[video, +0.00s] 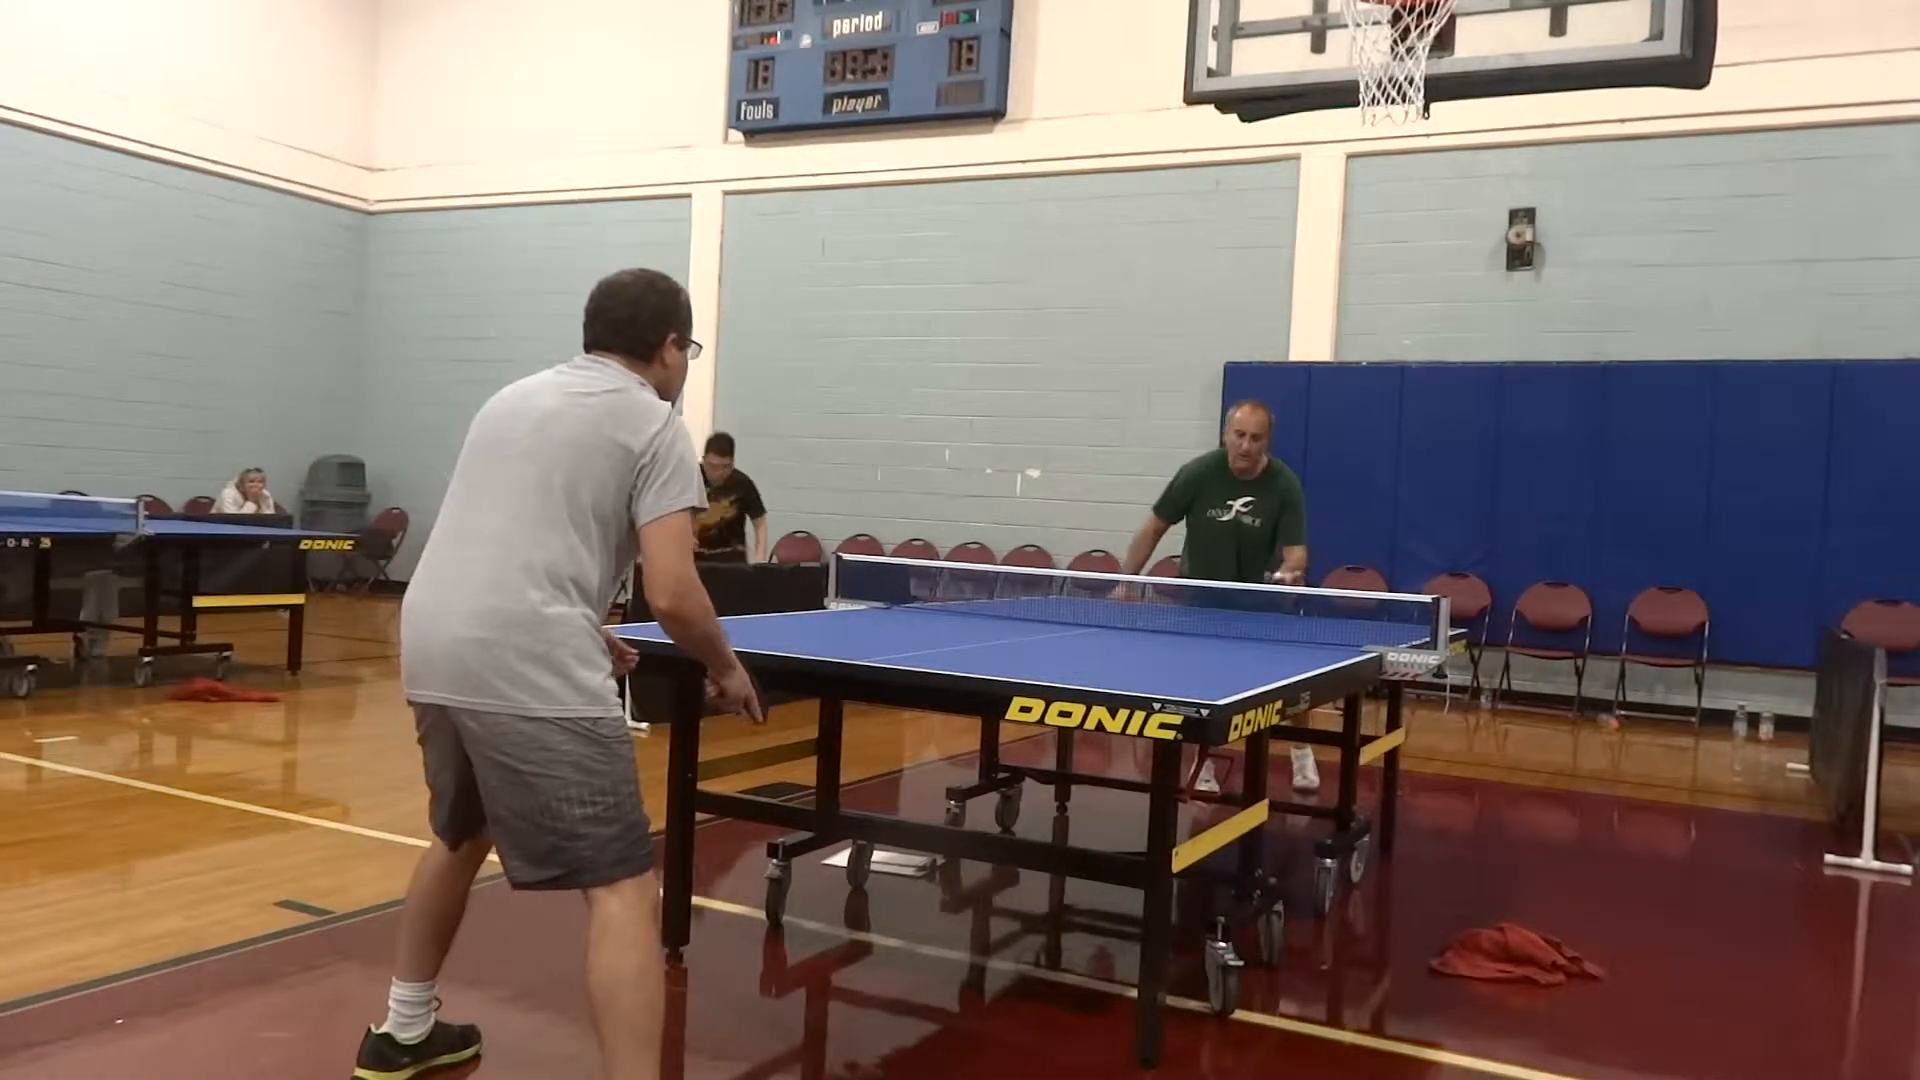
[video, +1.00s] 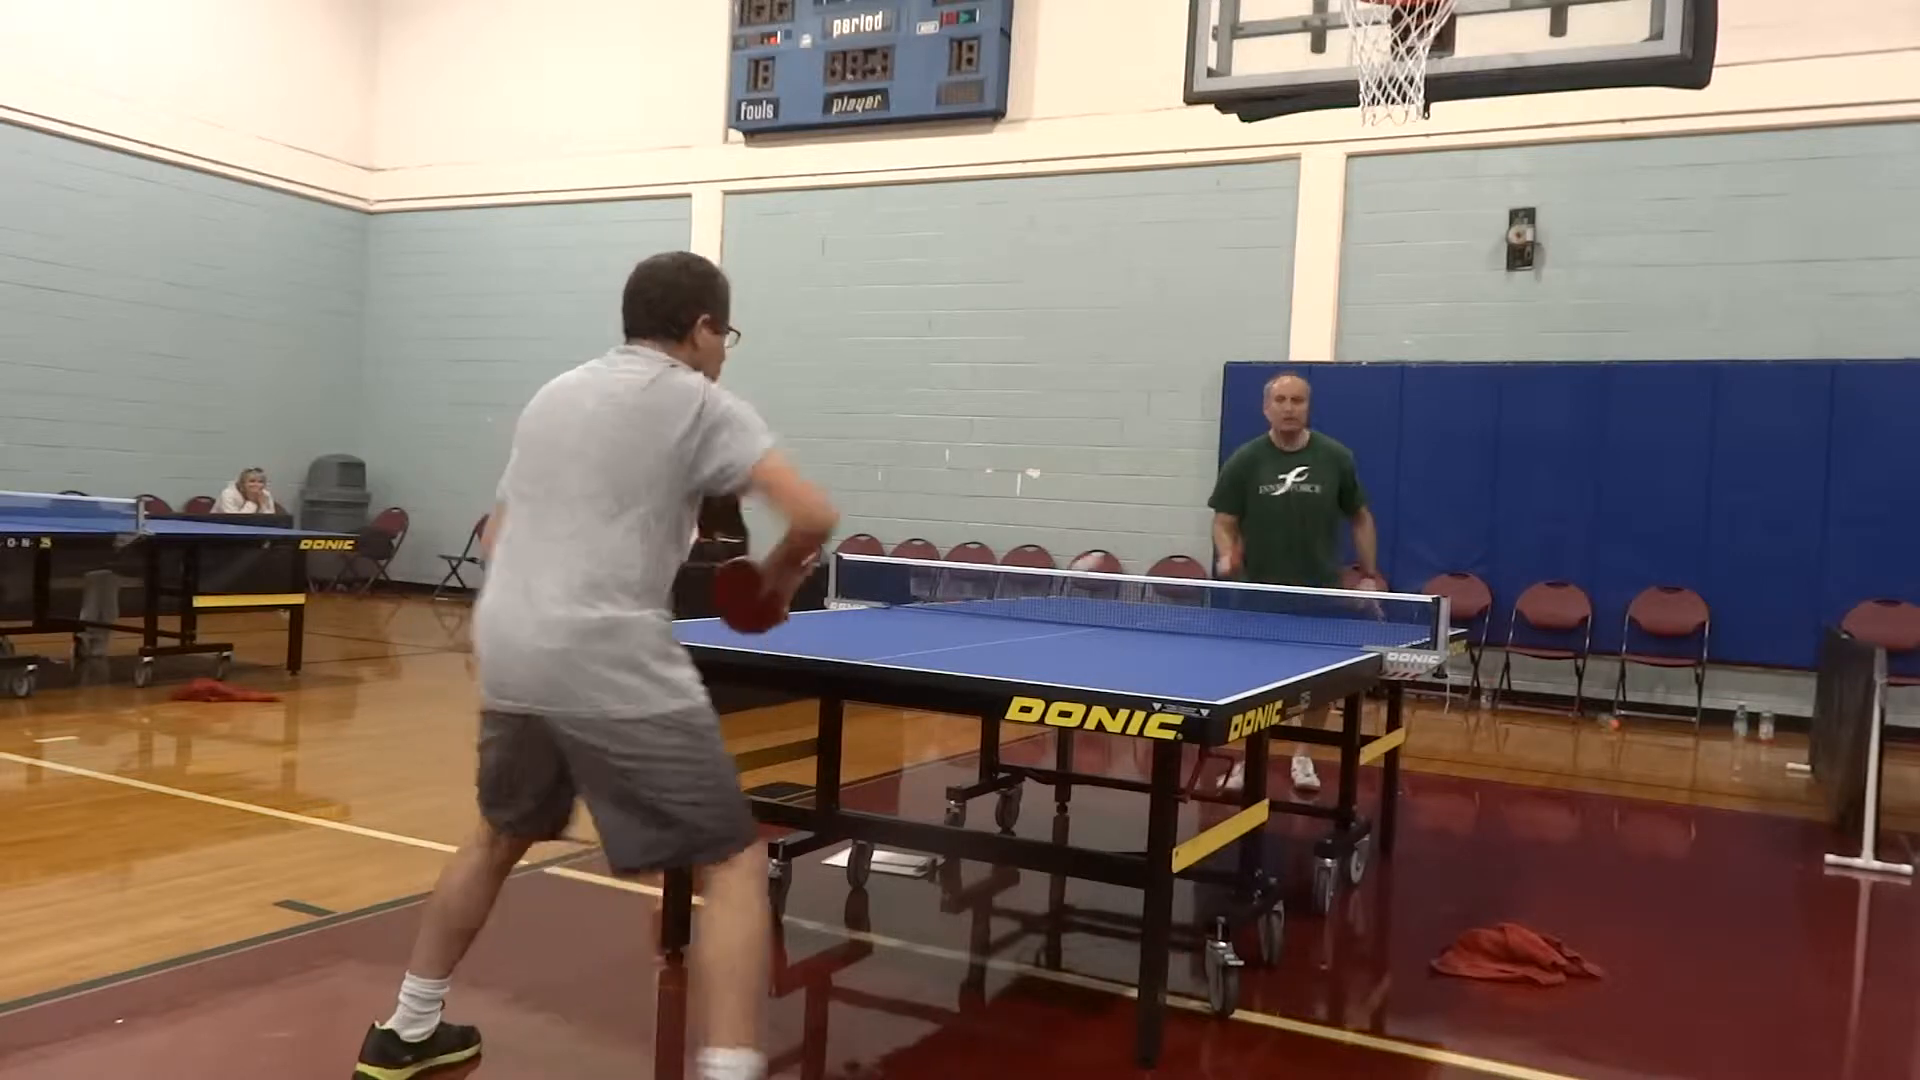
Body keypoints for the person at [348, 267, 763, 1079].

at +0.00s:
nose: (687, 367)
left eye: (689, 353)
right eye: (687, 352)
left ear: (591, 339)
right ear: (664, 347)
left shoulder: (512, 399)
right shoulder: (655, 425)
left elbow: (488, 545)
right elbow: (671, 591)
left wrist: (579, 627)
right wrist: (723, 664)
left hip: (431, 653)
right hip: (536, 669)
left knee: (461, 832)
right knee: (622, 885)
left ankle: (404, 1028)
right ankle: (635, 1073)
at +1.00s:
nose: (727, 349)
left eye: (729, 335)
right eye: (726, 334)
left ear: (632, 326)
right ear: (699, 329)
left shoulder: (553, 395)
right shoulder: (703, 400)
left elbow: (496, 536)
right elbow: (814, 514)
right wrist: (777, 573)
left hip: (506, 659)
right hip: (617, 668)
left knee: (496, 833)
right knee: (733, 862)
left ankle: (408, 1026)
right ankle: (730, 1070)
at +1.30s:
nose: (777, 300)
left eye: (776, 289)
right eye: (776, 288)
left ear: (676, 289)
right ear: (759, 286)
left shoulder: (612, 372)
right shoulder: (796, 360)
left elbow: (528, 526)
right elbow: (935, 435)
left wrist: (592, 589)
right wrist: (930, 509)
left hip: (613, 663)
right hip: (748, 675)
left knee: (561, 836)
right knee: (785, 882)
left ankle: (491, 1017)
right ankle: (758, 1074)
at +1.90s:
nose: (731, 295)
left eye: (732, 280)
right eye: (729, 279)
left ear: (629, 278)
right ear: (707, 280)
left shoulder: (552, 355)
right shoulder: (717, 376)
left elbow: (456, 484)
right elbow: (802, 549)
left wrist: (531, 554)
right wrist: (816, 577)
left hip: (507, 640)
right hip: (628, 651)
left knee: (472, 820)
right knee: (707, 856)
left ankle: (406, 1013)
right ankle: (678, 1070)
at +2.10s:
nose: (702, 362)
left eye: (700, 345)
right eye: (697, 345)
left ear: (607, 342)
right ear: (666, 346)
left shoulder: (530, 415)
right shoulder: (652, 433)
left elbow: (447, 546)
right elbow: (664, 589)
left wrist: (553, 571)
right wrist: (738, 632)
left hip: (457, 687)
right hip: (564, 699)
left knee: (448, 847)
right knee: (722, 874)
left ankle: (340, 1025)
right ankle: (680, 1072)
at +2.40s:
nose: (764, 325)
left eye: (769, 305)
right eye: (746, 303)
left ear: (675, 303)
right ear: (677, 300)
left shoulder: (618, 368)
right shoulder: (662, 389)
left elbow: (578, 522)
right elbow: (626, 525)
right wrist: (730, 602)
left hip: (539, 666)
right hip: (607, 683)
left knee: (508, 846)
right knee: (752, 885)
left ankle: (376, 1010)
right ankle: (724, 1070)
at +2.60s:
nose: (748, 251)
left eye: (766, 229)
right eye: (722, 228)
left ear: (783, 236)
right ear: (671, 231)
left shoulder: (721, 347)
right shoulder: (650, 344)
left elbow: (680, 524)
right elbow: (546, 510)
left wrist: (741, 625)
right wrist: (672, 613)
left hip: (647, 675)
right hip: (625, 682)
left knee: (627, 878)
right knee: (719, 906)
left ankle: (492, 1056)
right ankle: (722, 1074)